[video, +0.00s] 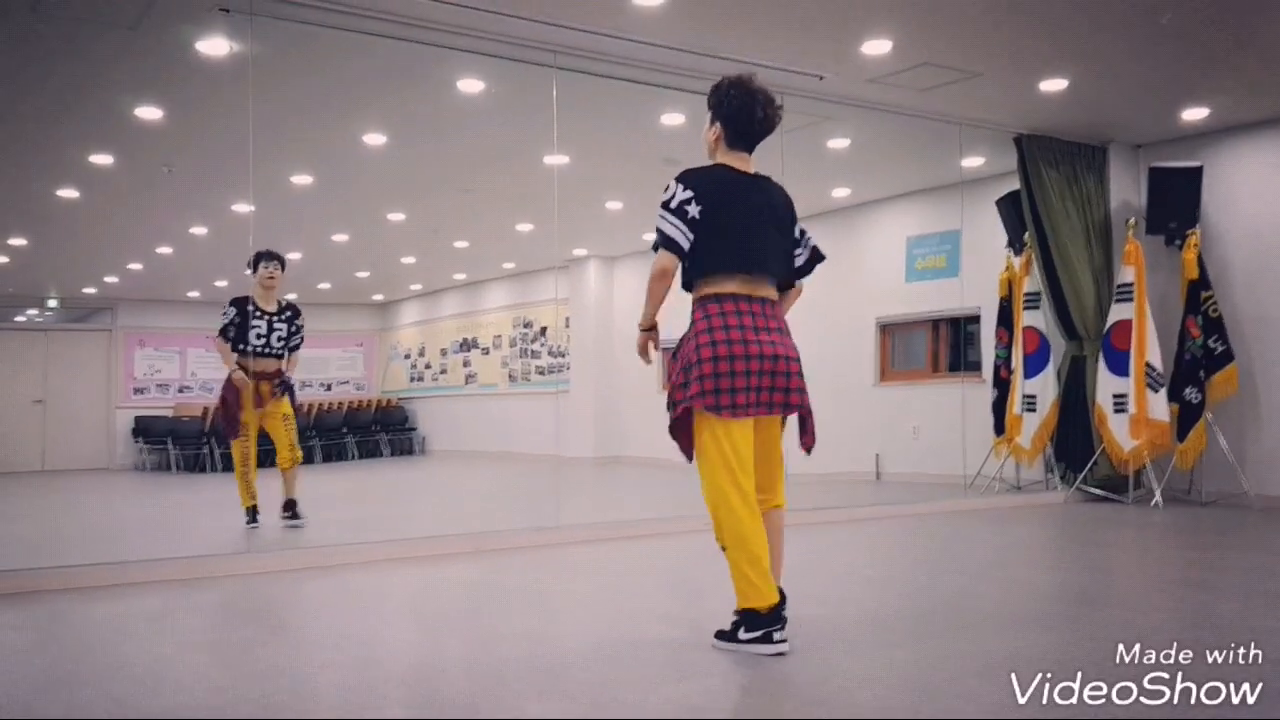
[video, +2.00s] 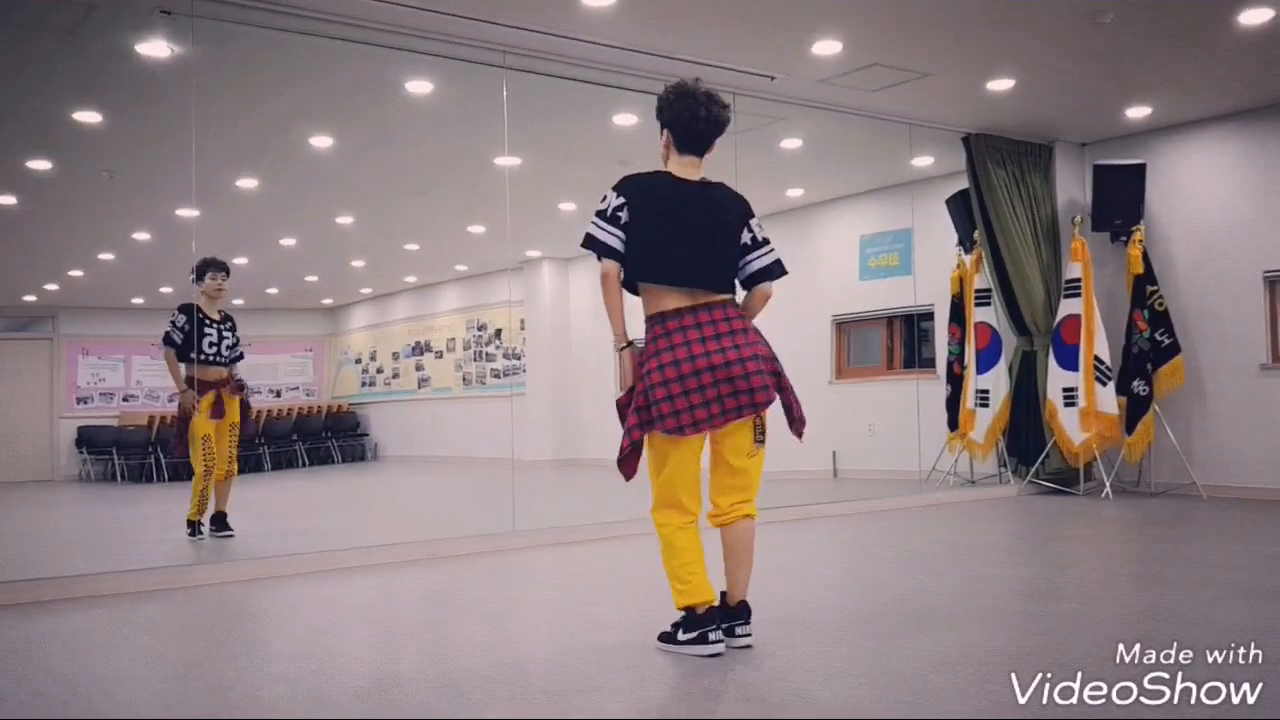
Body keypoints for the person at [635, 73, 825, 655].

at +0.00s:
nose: (704, 132)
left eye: (706, 124)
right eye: (709, 123)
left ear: (715, 131)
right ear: (759, 135)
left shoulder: (692, 184)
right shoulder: (777, 195)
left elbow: (666, 264)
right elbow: (802, 270)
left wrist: (649, 321)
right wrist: (765, 320)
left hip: (716, 335)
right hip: (772, 336)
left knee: (728, 487)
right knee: (767, 482)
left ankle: (760, 614)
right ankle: (768, 603)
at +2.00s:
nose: (660, 139)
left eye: (660, 132)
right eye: (669, 132)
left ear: (664, 137)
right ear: (716, 141)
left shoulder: (631, 193)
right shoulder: (731, 202)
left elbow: (609, 272)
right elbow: (765, 283)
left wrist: (622, 346)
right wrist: (733, 330)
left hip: (669, 351)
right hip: (735, 346)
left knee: (675, 502)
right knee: (737, 494)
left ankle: (698, 616)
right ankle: (736, 612)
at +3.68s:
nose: (700, 111)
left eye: (703, 102)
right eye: (705, 102)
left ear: (712, 109)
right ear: (755, 113)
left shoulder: (705, 167)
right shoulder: (775, 172)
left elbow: (682, 237)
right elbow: (794, 251)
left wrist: (668, 279)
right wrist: (763, 297)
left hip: (719, 308)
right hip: (770, 312)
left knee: (709, 456)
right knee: (750, 460)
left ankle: (733, 582)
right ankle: (773, 577)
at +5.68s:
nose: (741, 130)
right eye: (741, 122)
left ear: (686, 126)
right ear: (740, 127)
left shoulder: (663, 185)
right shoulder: (764, 189)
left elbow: (644, 275)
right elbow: (779, 278)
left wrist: (635, 345)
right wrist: (752, 332)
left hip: (680, 337)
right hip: (749, 336)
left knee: (690, 480)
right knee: (765, 462)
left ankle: (720, 597)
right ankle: (762, 579)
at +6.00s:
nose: (687, 124)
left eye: (689, 115)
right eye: (693, 115)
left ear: (696, 122)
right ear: (744, 125)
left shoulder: (684, 179)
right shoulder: (765, 183)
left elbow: (658, 258)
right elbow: (792, 263)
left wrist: (647, 291)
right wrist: (756, 313)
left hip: (702, 320)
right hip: (756, 323)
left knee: (704, 472)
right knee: (744, 473)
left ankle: (722, 597)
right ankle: (768, 588)